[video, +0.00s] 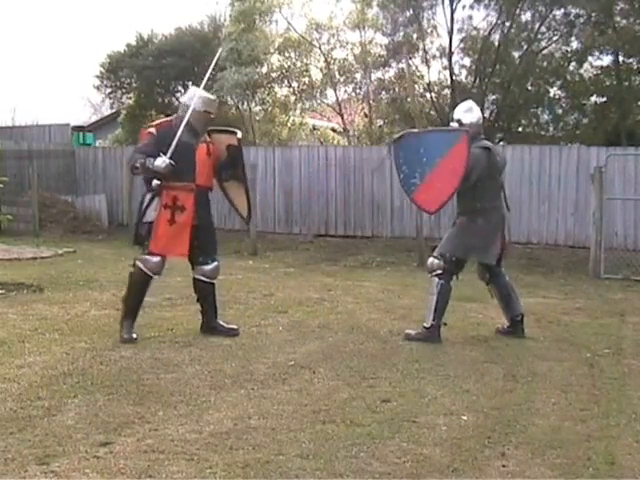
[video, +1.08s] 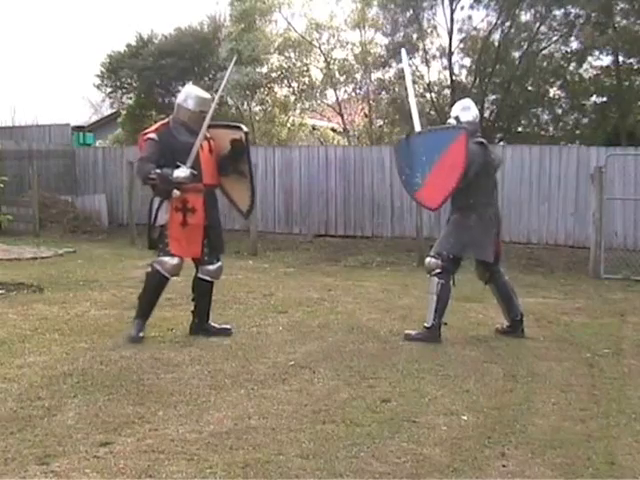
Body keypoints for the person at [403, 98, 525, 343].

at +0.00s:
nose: (456, 129)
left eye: (459, 124)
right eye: (457, 124)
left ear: (465, 126)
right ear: (479, 126)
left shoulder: (472, 154)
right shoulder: (492, 151)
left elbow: (454, 180)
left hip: (473, 221)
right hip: (494, 220)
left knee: (442, 268)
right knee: (490, 269)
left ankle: (432, 327)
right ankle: (516, 321)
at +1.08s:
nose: (452, 126)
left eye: (454, 122)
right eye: (453, 122)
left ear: (460, 123)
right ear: (476, 122)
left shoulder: (466, 150)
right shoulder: (487, 149)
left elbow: (451, 181)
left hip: (465, 219)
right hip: (487, 219)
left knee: (442, 268)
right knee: (489, 270)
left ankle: (433, 327)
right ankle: (515, 322)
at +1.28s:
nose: (451, 136)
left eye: (453, 132)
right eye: (453, 132)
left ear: (459, 133)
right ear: (480, 133)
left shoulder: (461, 157)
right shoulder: (494, 159)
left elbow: (457, 196)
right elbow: (505, 203)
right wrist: (479, 198)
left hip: (459, 229)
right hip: (487, 231)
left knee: (421, 262)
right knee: (488, 276)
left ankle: (422, 322)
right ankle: (510, 322)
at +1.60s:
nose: (435, 137)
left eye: (438, 133)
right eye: (437, 133)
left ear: (441, 135)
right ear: (462, 137)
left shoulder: (438, 162)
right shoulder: (475, 166)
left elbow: (429, 200)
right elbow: (486, 205)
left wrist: (415, 183)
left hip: (432, 238)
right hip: (459, 239)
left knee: (398, 277)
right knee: (471, 281)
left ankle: (394, 333)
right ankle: (507, 323)